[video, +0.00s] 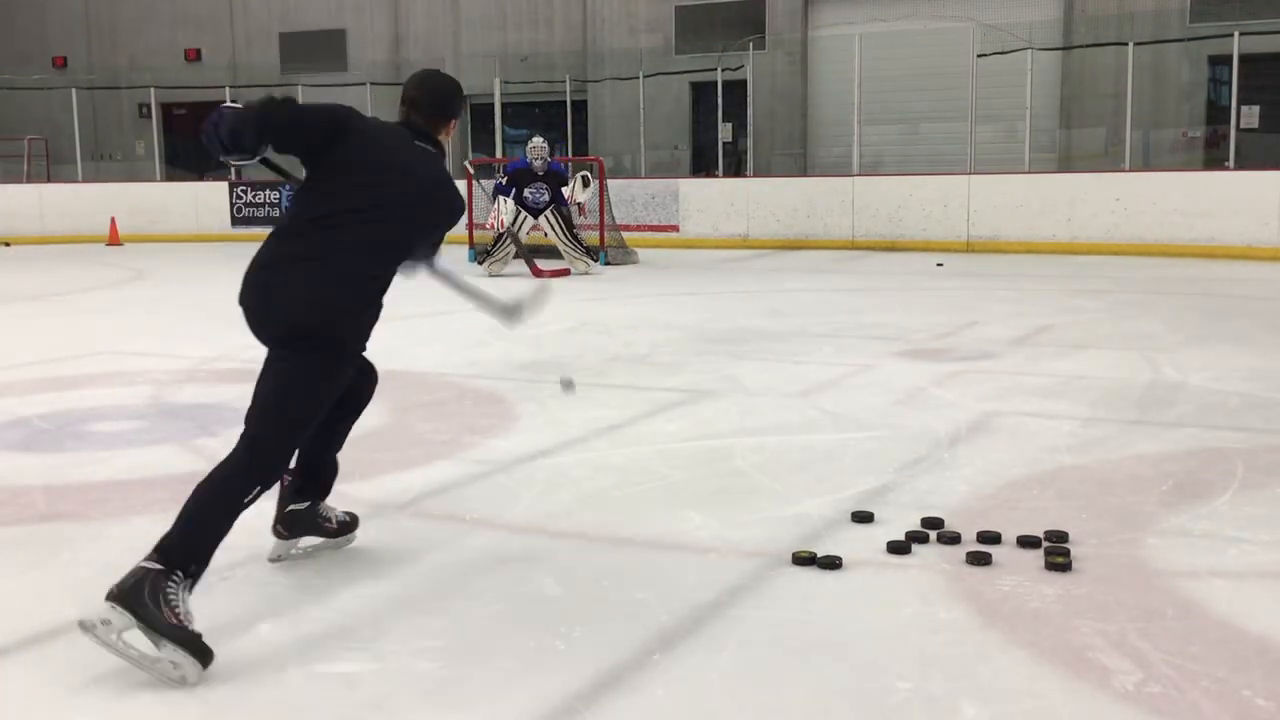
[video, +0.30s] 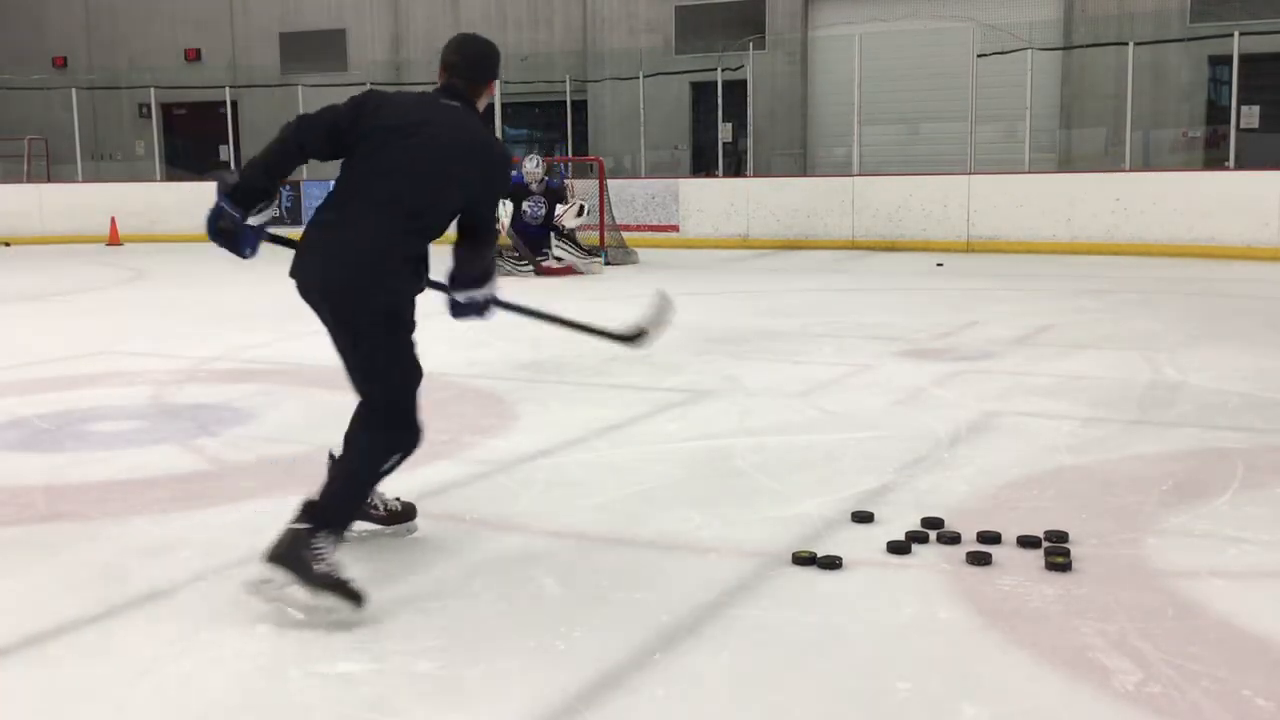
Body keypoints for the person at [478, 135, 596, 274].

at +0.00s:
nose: (538, 155)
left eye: (541, 151)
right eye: (534, 151)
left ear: (547, 152)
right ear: (528, 153)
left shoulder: (556, 170)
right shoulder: (516, 169)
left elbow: (569, 195)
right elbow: (500, 191)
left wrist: (580, 186)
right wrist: (501, 211)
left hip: (549, 209)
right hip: (523, 209)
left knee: (565, 236)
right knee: (510, 237)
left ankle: (584, 263)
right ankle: (491, 265)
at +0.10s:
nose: (538, 158)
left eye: (541, 154)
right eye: (534, 154)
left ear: (548, 156)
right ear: (528, 156)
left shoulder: (556, 174)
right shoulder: (516, 171)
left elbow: (565, 197)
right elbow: (500, 191)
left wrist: (573, 204)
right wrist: (512, 210)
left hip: (549, 217)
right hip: (522, 217)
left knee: (565, 241)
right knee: (512, 243)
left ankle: (587, 264)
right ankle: (493, 266)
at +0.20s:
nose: (536, 164)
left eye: (540, 160)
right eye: (532, 160)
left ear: (547, 160)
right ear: (527, 161)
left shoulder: (556, 180)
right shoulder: (518, 178)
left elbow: (564, 203)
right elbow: (501, 196)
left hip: (549, 224)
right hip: (524, 225)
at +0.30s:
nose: (532, 177)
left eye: (536, 173)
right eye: (529, 173)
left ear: (543, 172)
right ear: (523, 172)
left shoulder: (554, 189)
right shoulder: (515, 187)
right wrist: (502, 218)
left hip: (546, 235)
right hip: (520, 236)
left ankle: (591, 263)